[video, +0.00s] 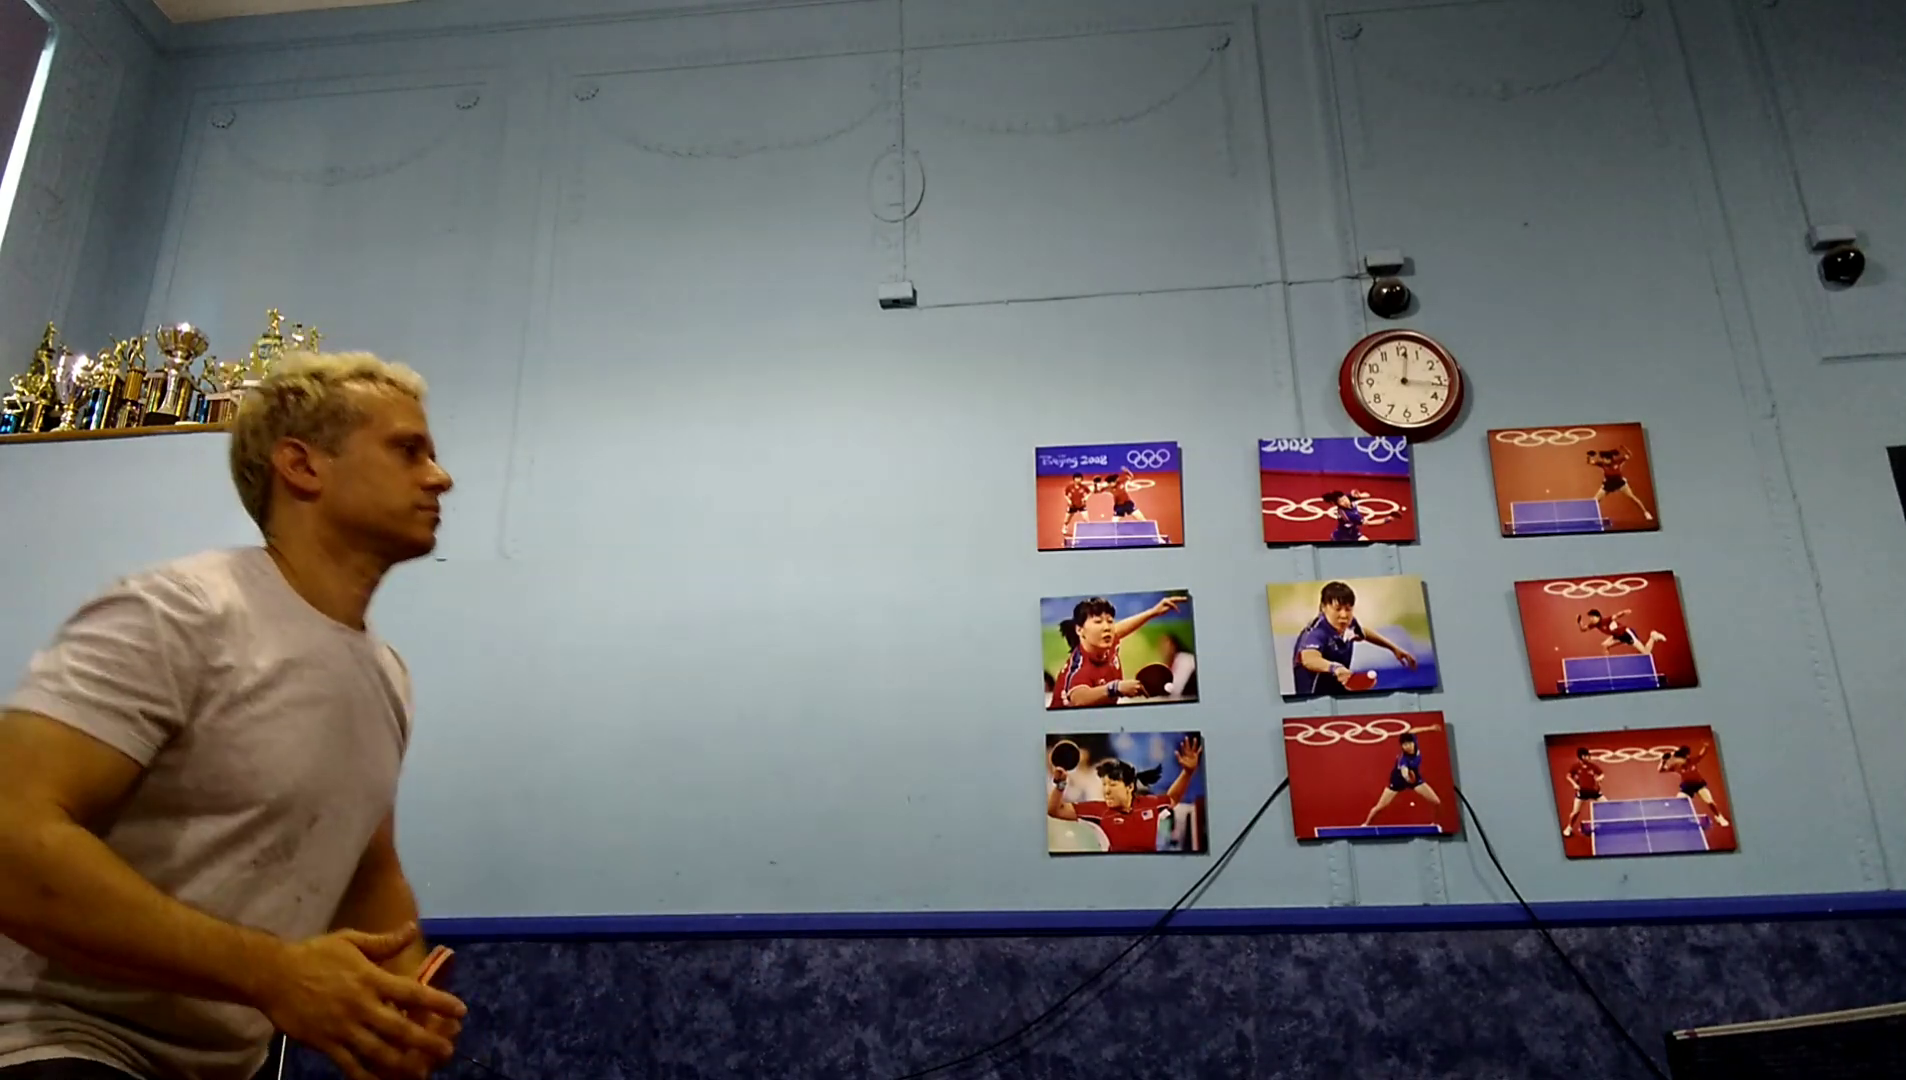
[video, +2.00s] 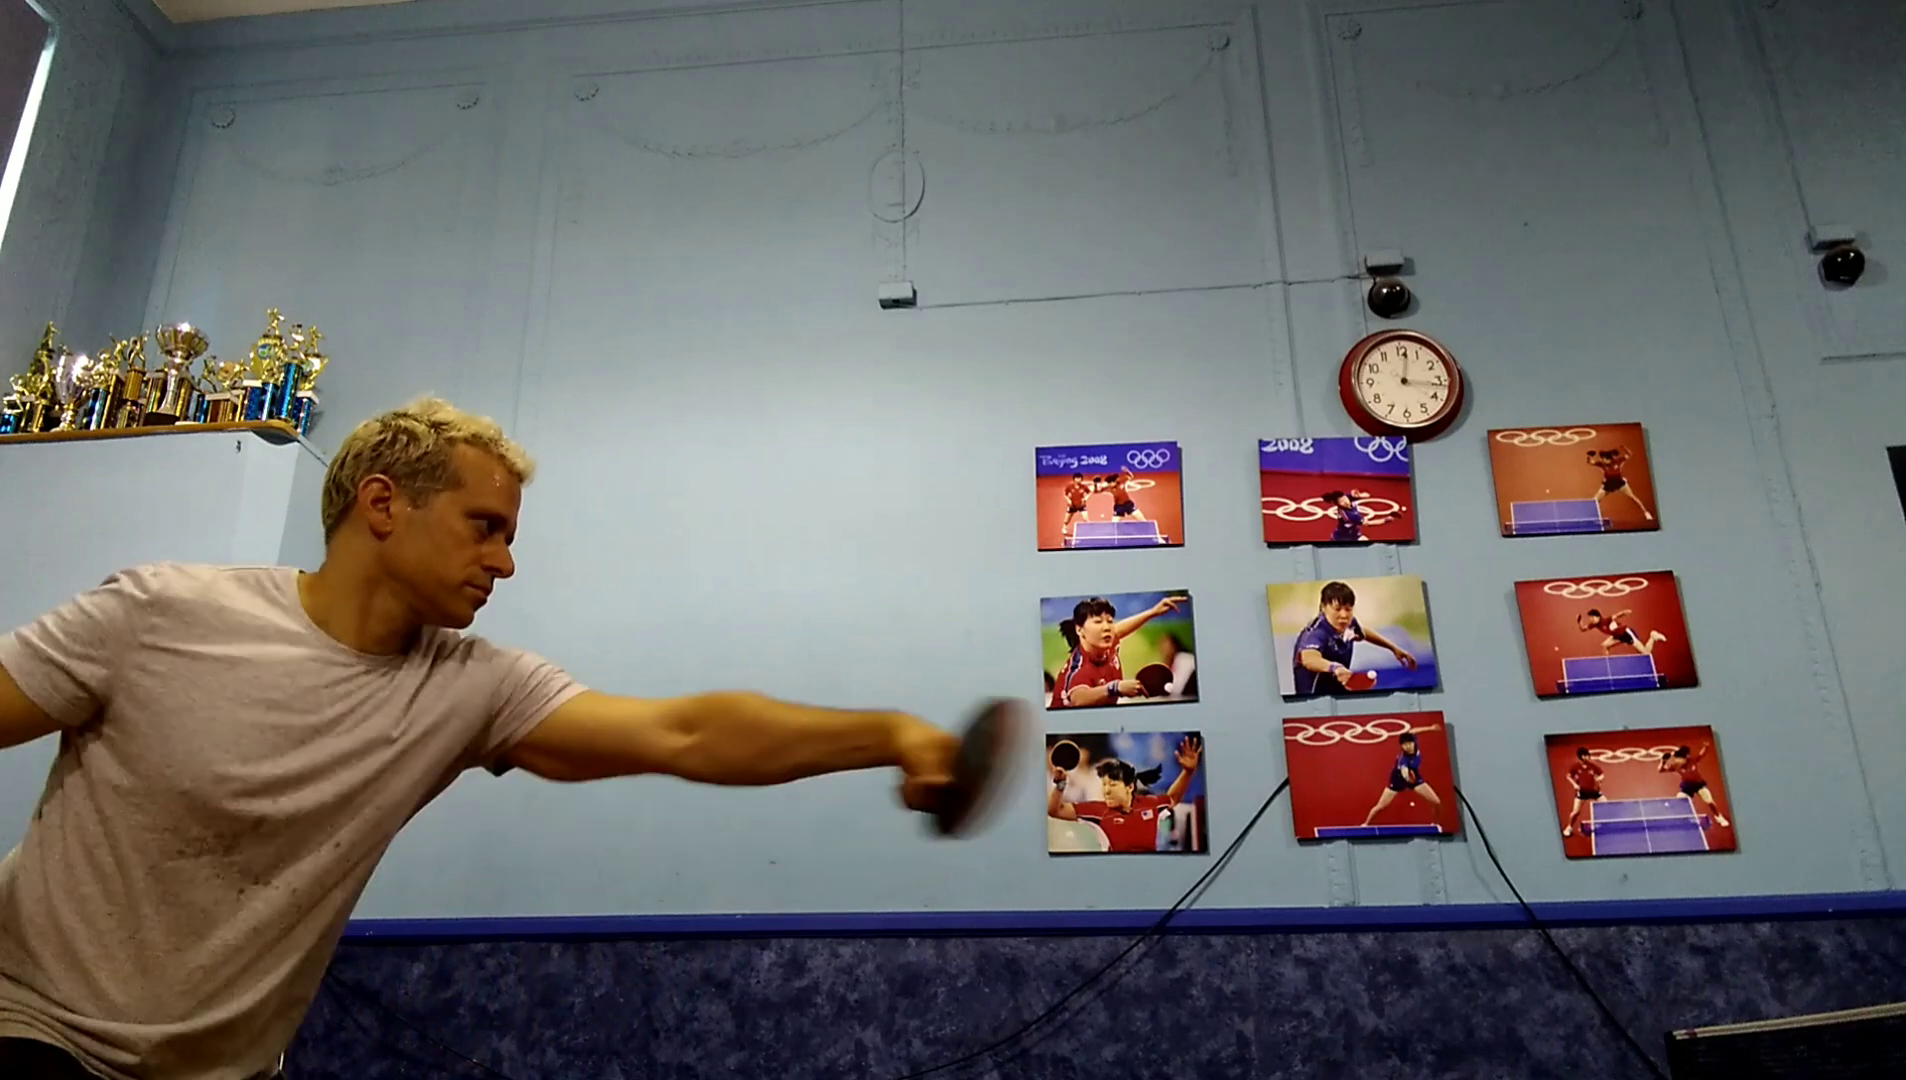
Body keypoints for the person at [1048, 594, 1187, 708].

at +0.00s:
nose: (1107, 628)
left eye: (1109, 622)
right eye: (1098, 622)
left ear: (1114, 626)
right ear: (1080, 630)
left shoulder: (1109, 644)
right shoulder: (1079, 666)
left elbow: (1120, 630)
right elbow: (1078, 698)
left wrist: (1154, 611)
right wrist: (1115, 687)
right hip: (1069, 730)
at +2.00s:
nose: (1106, 628)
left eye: (1109, 622)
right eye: (1098, 622)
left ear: (1114, 626)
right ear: (1080, 630)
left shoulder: (1109, 645)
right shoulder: (1079, 666)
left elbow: (1118, 630)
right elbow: (1078, 698)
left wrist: (1154, 612)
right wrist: (1116, 687)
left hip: (1102, 723)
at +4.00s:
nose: (1107, 628)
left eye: (1109, 622)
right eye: (1098, 622)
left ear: (1114, 626)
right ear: (1080, 630)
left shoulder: (1109, 645)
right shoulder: (1079, 666)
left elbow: (1119, 630)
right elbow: (1078, 698)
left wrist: (1154, 612)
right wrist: (1115, 687)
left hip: (1102, 724)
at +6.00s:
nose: (1107, 628)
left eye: (1109, 622)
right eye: (1098, 622)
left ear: (1114, 626)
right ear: (1080, 630)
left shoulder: (1109, 645)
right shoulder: (1079, 666)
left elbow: (1118, 630)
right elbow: (1078, 698)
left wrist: (1153, 611)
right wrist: (1115, 687)